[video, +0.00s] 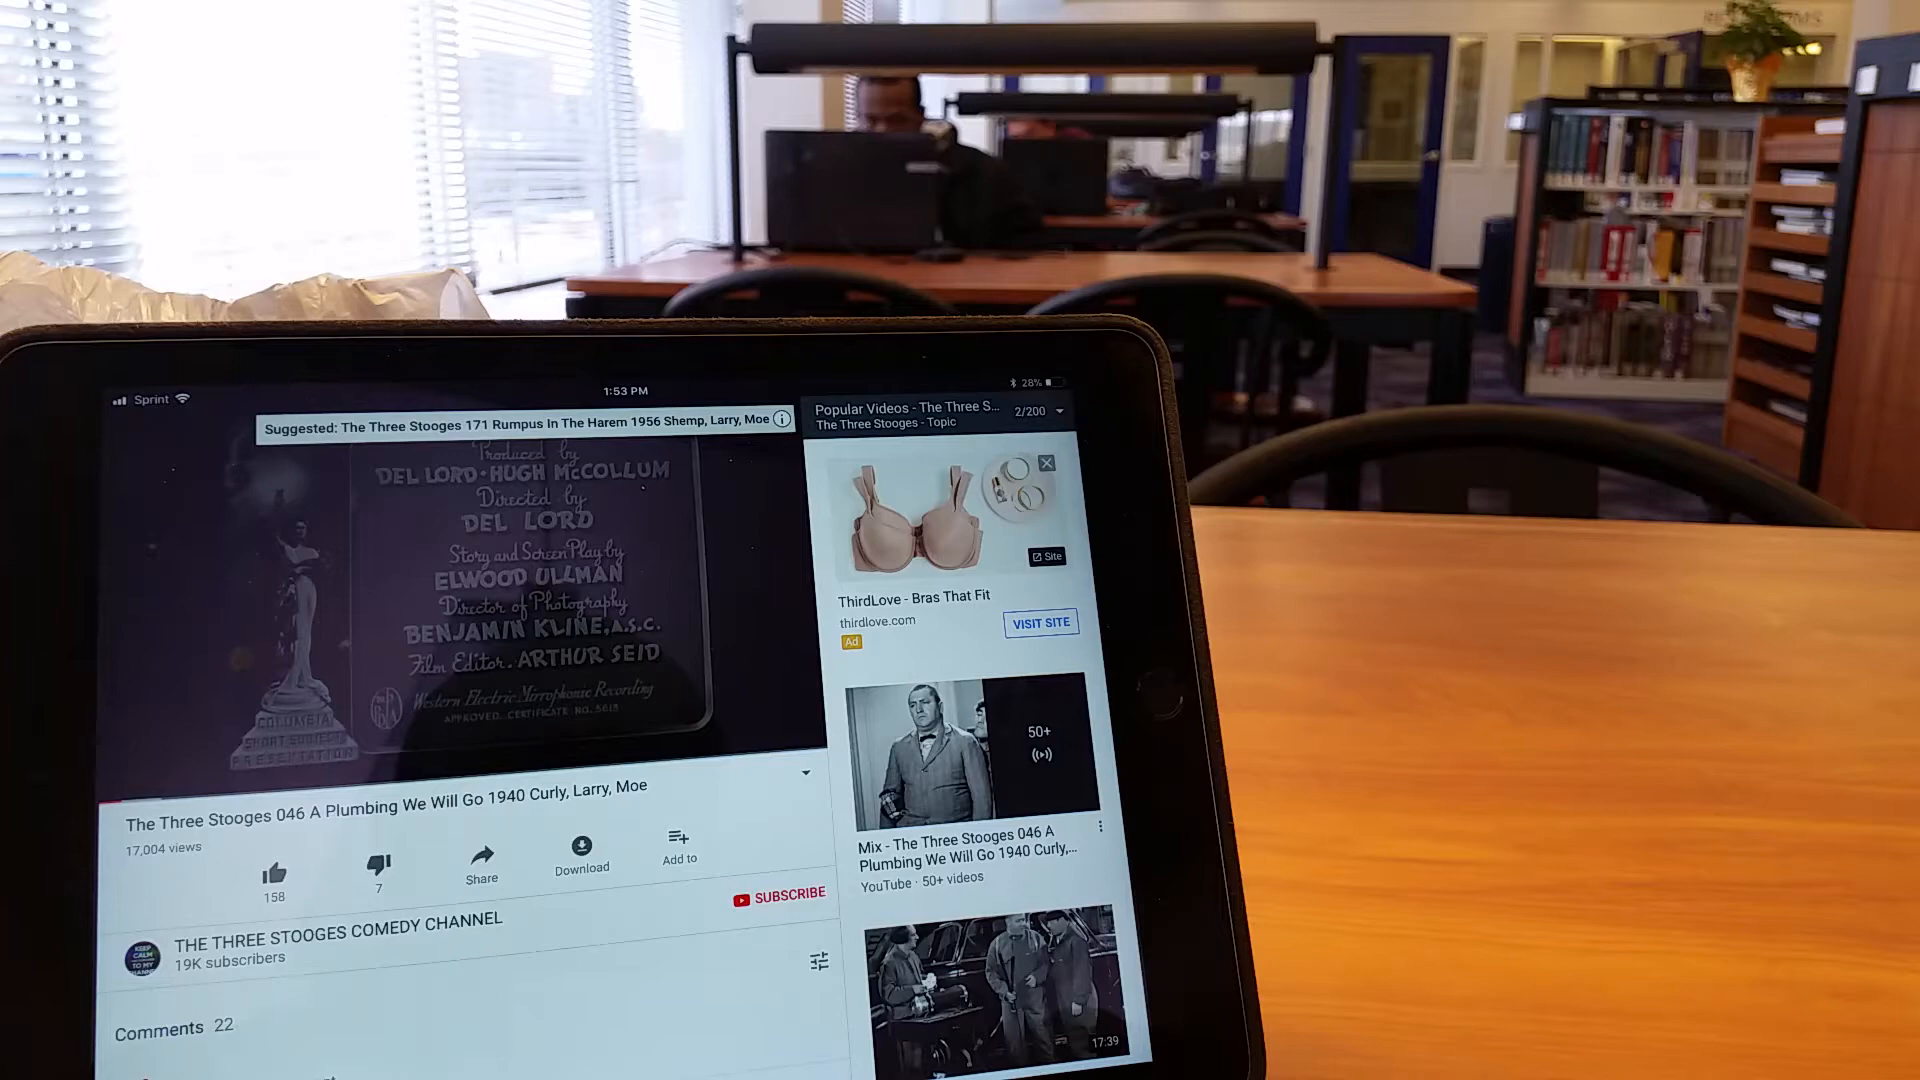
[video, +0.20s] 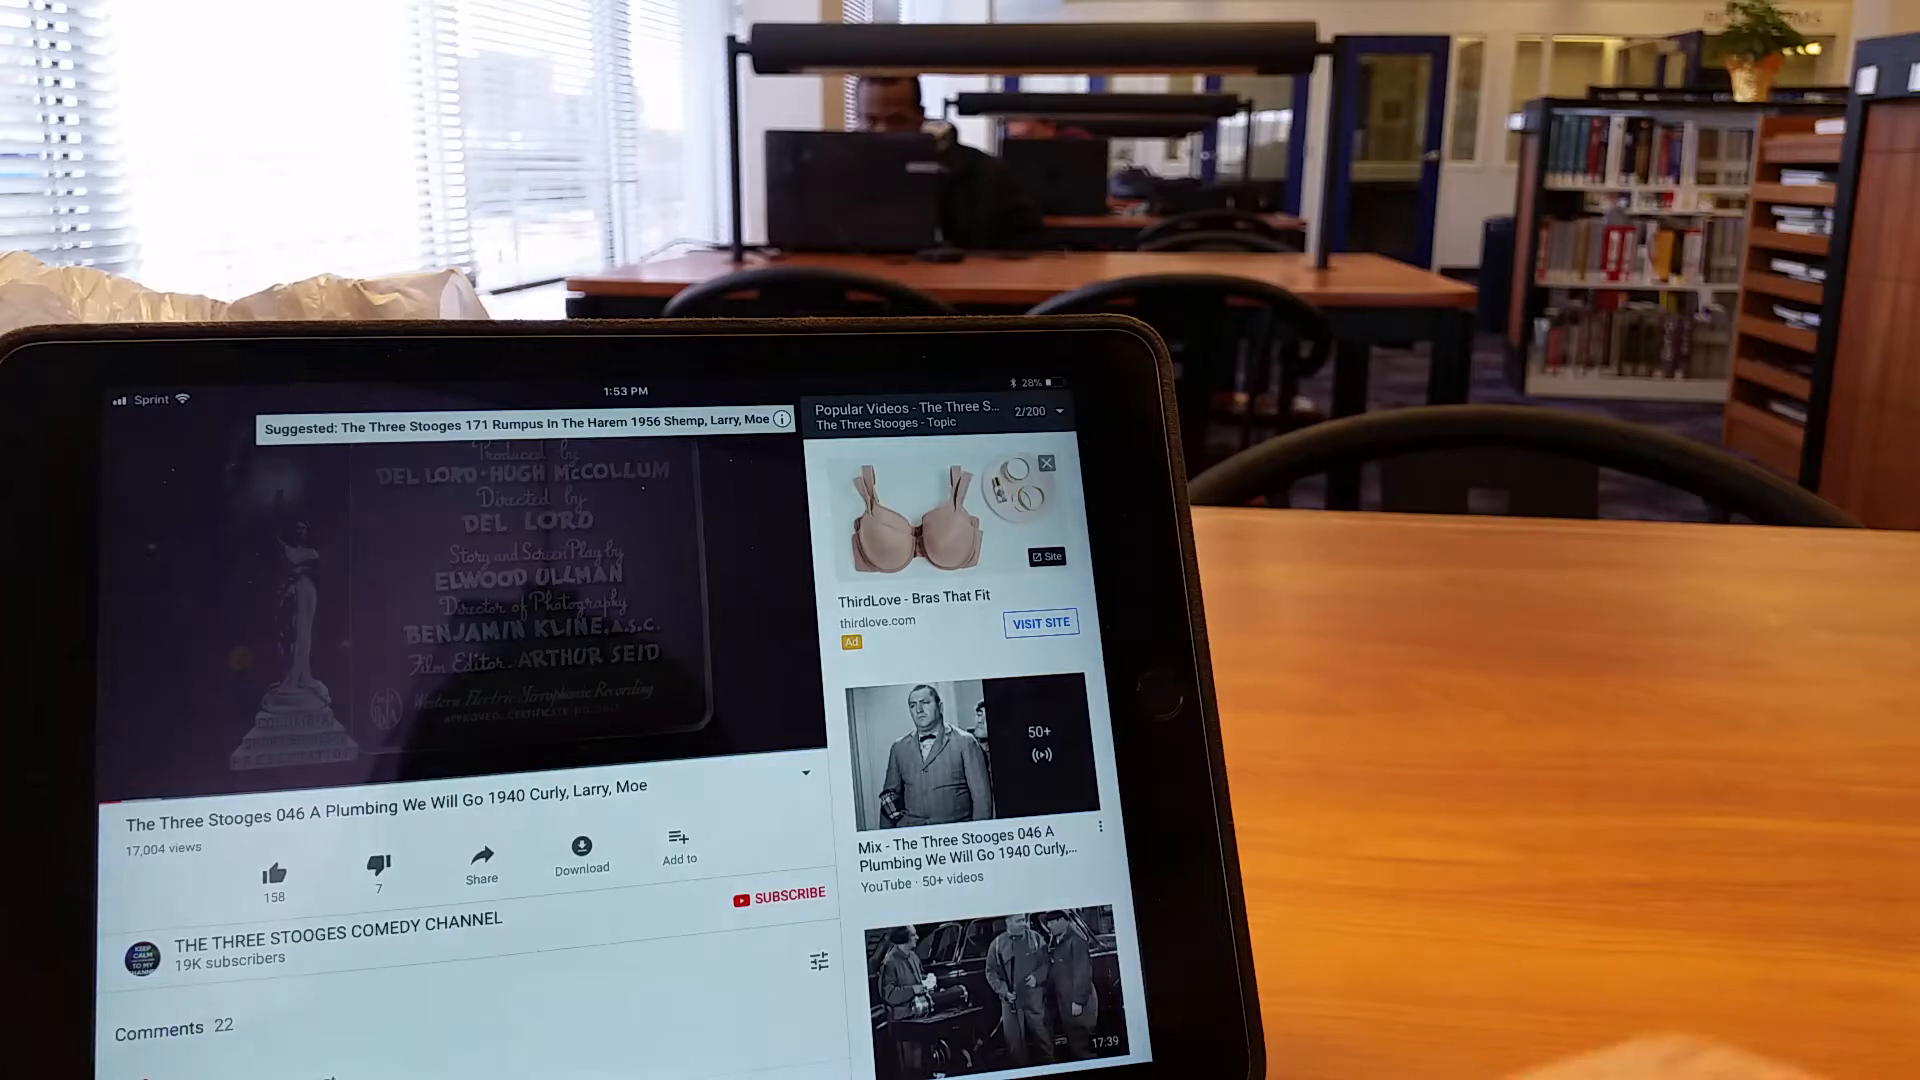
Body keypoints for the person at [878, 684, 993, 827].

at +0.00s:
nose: (919, 709)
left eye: (925, 703)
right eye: (913, 705)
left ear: (940, 707)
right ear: (909, 711)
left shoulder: (964, 742)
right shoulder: (899, 748)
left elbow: (981, 795)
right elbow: (890, 796)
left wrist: (979, 834)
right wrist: (886, 837)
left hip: (956, 832)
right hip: (911, 835)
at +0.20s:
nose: (919, 709)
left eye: (925, 703)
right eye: (913, 705)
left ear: (940, 707)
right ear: (909, 711)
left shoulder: (964, 742)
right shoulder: (899, 748)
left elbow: (981, 795)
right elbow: (890, 796)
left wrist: (979, 834)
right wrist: (886, 837)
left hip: (956, 832)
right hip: (911, 836)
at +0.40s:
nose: (919, 709)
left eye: (925, 703)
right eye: (913, 705)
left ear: (940, 707)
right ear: (909, 711)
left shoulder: (964, 742)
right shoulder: (899, 748)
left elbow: (981, 795)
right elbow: (890, 794)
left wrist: (979, 834)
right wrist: (886, 838)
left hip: (956, 832)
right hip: (911, 835)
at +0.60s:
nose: (919, 709)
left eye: (925, 703)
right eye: (913, 705)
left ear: (940, 707)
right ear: (909, 711)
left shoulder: (964, 742)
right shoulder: (899, 748)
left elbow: (981, 796)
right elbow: (890, 795)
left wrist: (979, 834)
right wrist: (886, 838)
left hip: (956, 832)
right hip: (911, 835)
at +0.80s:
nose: (919, 709)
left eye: (925, 703)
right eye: (913, 705)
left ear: (940, 707)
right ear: (909, 711)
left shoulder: (964, 742)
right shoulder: (899, 748)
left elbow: (981, 796)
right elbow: (890, 795)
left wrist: (979, 834)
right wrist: (886, 838)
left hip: (956, 832)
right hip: (911, 835)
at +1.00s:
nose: (919, 709)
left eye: (925, 703)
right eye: (913, 705)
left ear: (940, 707)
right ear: (909, 711)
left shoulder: (964, 742)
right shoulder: (899, 748)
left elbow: (981, 795)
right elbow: (890, 795)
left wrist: (979, 834)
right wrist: (887, 838)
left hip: (956, 832)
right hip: (911, 836)